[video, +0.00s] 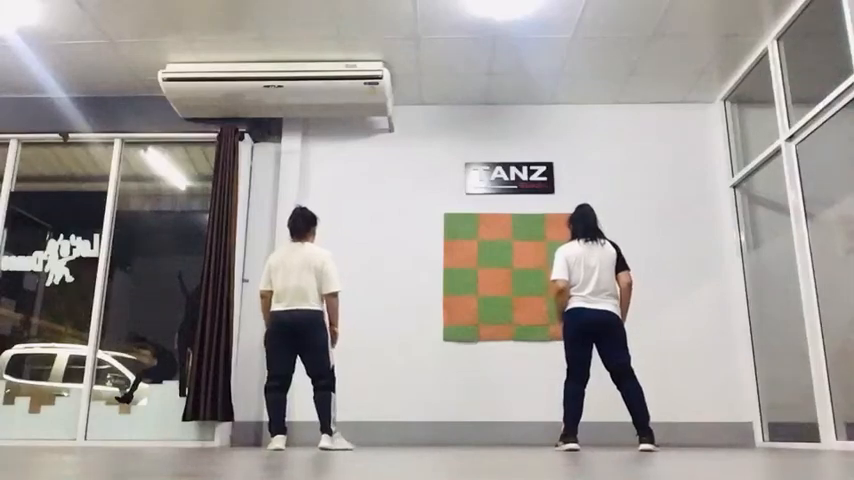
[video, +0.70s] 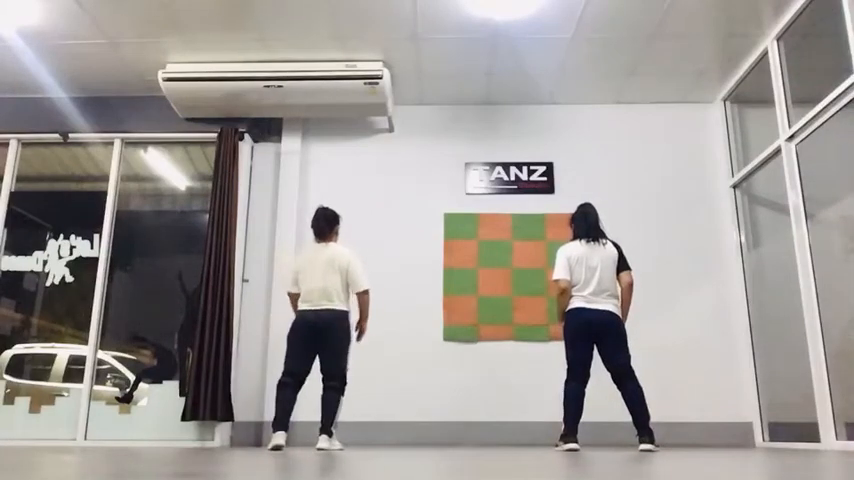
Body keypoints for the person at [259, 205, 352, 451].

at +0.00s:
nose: (315, 234)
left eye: (313, 230)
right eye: (314, 230)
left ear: (290, 231)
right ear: (312, 231)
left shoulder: (276, 257)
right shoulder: (320, 255)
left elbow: (265, 294)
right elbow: (331, 295)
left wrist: (269, 324)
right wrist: (334, 325)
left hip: (279, 322)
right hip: (311, 321)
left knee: (276, 379)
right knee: (322, 378)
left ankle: (278, 435)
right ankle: (327, 434)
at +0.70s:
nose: (338, 231)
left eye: (336, 228)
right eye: (337, 228)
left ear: (313, 230)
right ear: (335, 230)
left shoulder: (303, 257)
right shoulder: (345, 256)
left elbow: (293, 293)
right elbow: (362, 291)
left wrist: (301, 318)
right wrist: (363, 320)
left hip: (305, 320)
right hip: (335, 321)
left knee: (291, 376)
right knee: (334, 380)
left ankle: (279, 431)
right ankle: (325, 435)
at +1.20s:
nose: (349, 234)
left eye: (343, 230)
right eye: (349, 230)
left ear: (326, 231)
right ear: (349, 231)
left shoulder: (315, 253)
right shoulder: (358, 251)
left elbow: (297, 278)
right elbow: (389, 269)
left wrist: (317, 293)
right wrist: (368, 289)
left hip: (317, 319)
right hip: (347, 320)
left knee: (316, 373)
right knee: (341, 381)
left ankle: (294, 410)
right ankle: (326, 436)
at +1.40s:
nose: (355, 246)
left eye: (353, 243)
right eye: (355, 243)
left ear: (331, 243)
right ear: (353, 244)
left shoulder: (318, 264)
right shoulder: (358, 263)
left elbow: (301, 291)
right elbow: (384, 289)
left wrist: (318, 303)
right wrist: (360, 301)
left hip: (315, 321)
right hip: (345, 323)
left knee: (327, 374)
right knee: (346, 383)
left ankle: (321, 416)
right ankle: (326, 435)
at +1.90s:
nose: (342, 229)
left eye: (336, 225)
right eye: (343, 225)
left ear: (322, 227)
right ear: (345, 227)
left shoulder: (313, 250)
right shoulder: (356, 252)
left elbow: (307, 276)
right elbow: (361, 279)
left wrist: (328, 279)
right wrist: (338, 279)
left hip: (313, 309)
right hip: (342, 309)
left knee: (311, 374)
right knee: (340, 375)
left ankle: (310, 433)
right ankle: (328, 432)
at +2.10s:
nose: (341, 236)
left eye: (340, 233)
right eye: (341, 233)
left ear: (314, 234)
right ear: (338, 234)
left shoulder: (309, 257)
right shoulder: (343, 254)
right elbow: (353, 277)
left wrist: (362, 276)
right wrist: (367, 276)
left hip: (305, 318)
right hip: (333, 317)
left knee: (311, 379)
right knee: (347, 375)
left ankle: (302, 435)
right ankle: (334, 428)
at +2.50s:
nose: (339, 232)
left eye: (337, 228)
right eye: (336, 228)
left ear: (313, 234)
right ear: (330, 231)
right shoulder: (334, 253)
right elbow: (369, 270)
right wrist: (404, 266)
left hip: (293, 319)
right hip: (318, 316)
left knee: (306, 378)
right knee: (334, 374)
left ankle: (302, 436)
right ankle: (347, 434)